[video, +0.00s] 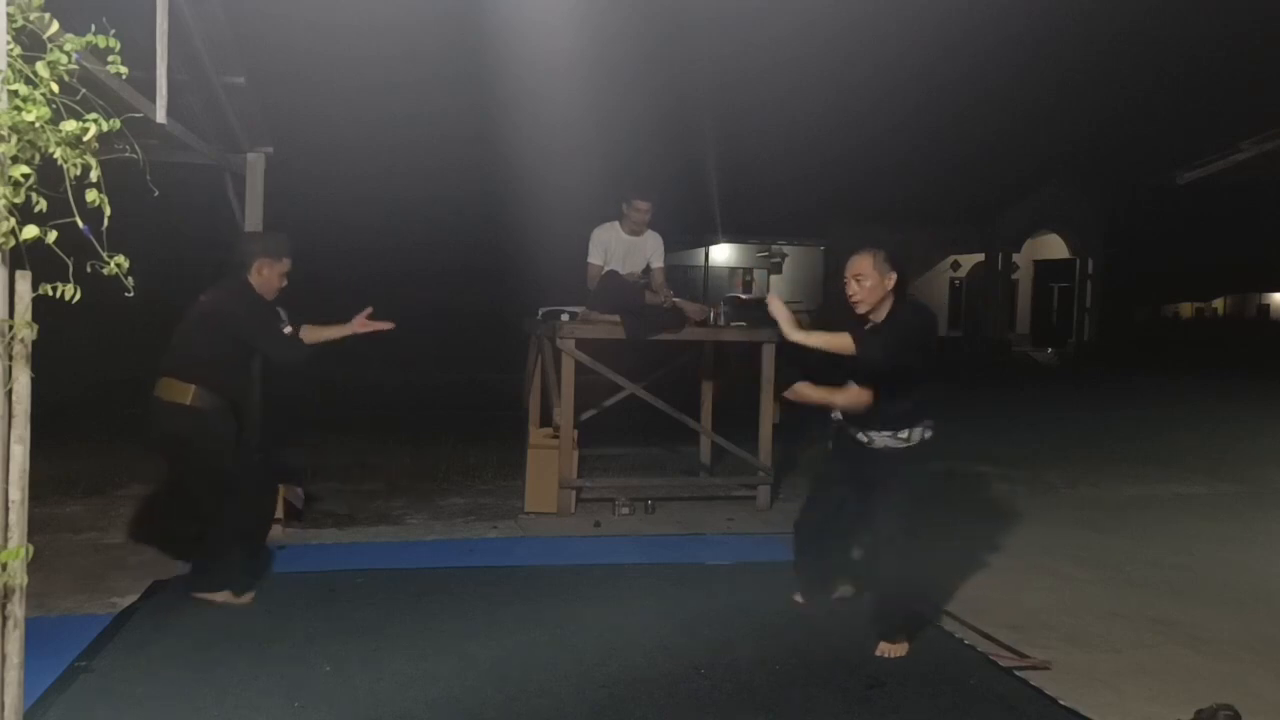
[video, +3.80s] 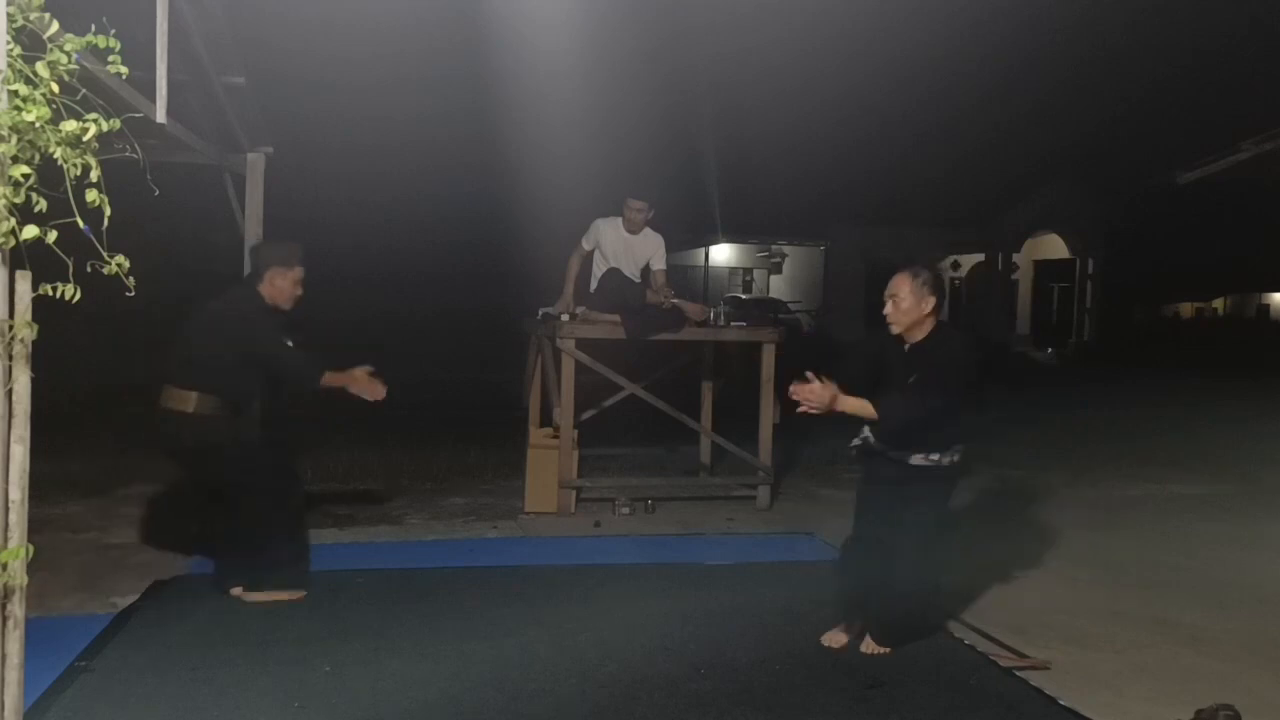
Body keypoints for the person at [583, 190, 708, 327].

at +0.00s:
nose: (642, 217)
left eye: (647, 212)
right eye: (637, 211)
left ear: (651, 213)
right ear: (625, 209)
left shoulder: (654, 240)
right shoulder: (602, 234)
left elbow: (659, 283)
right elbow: (592, 283)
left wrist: (665, 295)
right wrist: (623, 280)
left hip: (637, 299)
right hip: (604, 299)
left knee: (676, 317)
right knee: (611, 278)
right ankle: (680, 305)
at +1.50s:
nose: (631, 216)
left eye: (638, 212)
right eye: (628, 210)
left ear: (649, 214)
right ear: (623, 209)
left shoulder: (656, 242)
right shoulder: (602, 232)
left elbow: (660, 283)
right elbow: (583, 275)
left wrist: (668, 298)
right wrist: (617, 276)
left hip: (636, 302)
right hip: (602, 300)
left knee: (673, 316)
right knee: (612, 278)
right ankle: (679, 306)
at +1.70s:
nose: (624, 217)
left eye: (630, 213)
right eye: (622, 211)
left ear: (644, 214)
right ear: (618, 209)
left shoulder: (655, 241)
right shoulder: (601, 230)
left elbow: (660, 282)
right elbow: (579, 267)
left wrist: (669, 296)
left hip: (634, 301)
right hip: (601, 299)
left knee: (673, 317)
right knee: (612, 278)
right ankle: (679, 306)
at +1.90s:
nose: (618, 217)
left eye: (624, 213)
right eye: (616, 212)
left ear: (639, 214)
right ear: (612, 210)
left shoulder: (653, 240)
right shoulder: (598, 229)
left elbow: (659, 282)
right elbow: (573, 263)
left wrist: (669, 298)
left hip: (633, 301)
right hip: (600, 299)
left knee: (675, 317)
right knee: (612, 275)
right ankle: (680, 306)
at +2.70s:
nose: (627, 214)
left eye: (634, 210)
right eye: (625, 208)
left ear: (648, 212)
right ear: (620, 207)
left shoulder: (655, 241)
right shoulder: (600, 227)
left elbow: (659, 282)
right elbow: (577, 256)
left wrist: (668, 296)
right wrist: (569, 294)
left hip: (634, 301)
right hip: (600, 299)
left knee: (675, 317)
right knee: (613, 276)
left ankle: (604, 316)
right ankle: (681, 306)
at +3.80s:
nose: (632, 216)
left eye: (640, 212)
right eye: (629, 210)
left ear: (650, 214)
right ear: (623, 208)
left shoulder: (655, 241)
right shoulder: (601, 227)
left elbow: (660, 284)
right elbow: (577, 256)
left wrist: (669, 297)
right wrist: (567, 295)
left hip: (634, 301)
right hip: (601, 298)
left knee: (674, 317)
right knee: (613, 276)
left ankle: (603, 317)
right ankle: (679, 306)